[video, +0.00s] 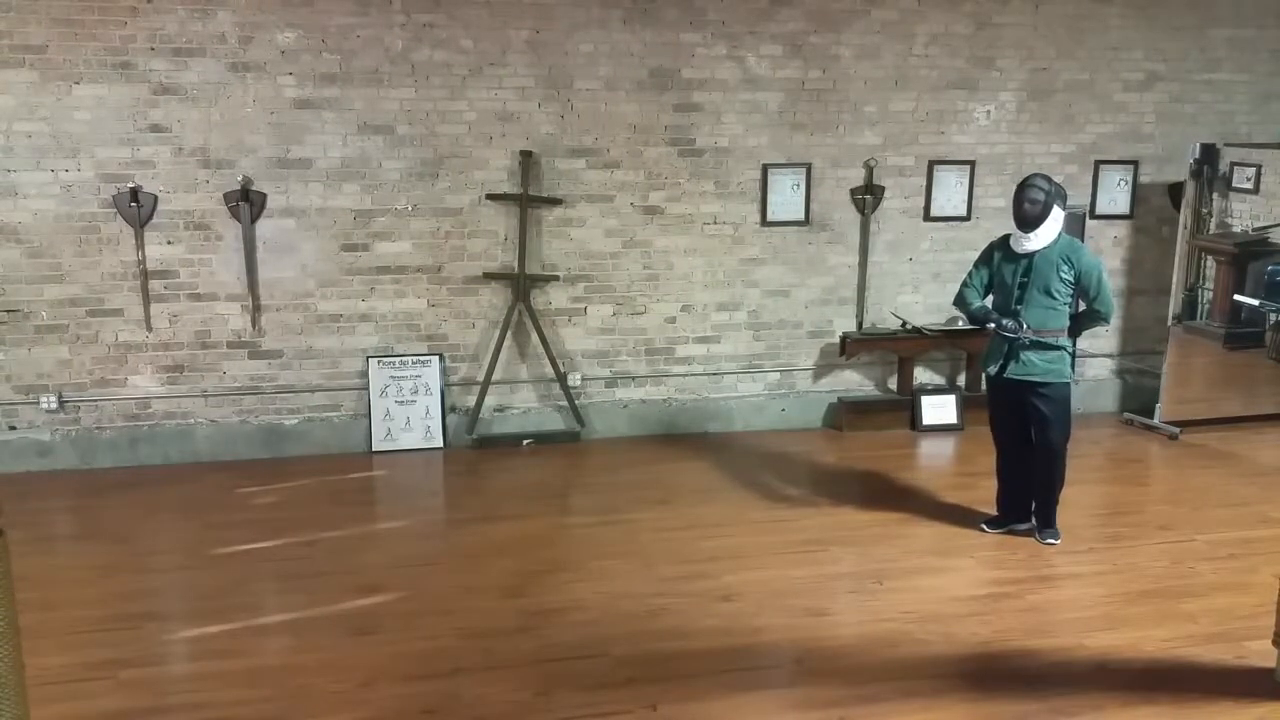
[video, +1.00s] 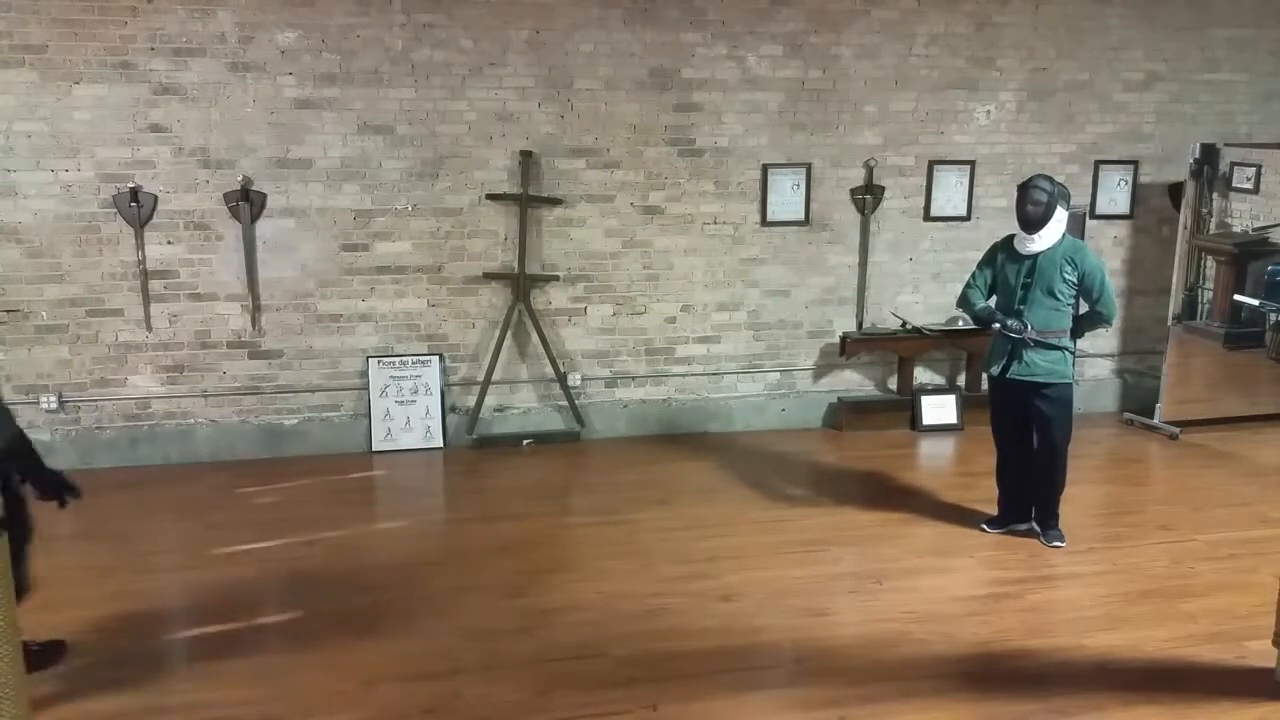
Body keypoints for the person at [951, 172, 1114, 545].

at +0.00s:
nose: (1024, 208)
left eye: (1033, 202)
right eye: (1020, 200)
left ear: (1053, 207)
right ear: (1014, 203)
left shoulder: (1074, 254)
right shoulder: (999, 250)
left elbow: (1102, 310)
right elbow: (966, 296)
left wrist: (1066, 329)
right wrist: (992, 318)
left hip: (1047, 370)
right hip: (1003, 368)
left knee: (1049, 449)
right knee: (1009, 447)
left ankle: (1047, 521)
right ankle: (1014, 514)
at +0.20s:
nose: (1022, 209)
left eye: (1031, 202)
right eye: (1018, 201)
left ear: (1051, 207)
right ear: (1012, 203)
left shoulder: (1072, 254)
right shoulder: (997, 249)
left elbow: (1101, 309)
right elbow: (964, 296)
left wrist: (1066, 326)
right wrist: (991, 319)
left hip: (1047, 370)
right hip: (1002, 368)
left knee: (1053, 448)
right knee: (1009, 447)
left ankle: (1047, 521)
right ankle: (1014, 514)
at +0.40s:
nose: (1022, 209)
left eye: (1031, 202)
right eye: (1018, 201)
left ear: (1051, 207)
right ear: (1011, 203)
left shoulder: (1072, 254)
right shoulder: (997, 250)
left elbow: (1101, 310)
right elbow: (964, 296)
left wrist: (1066, 327)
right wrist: (991, 320)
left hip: (1049, 370)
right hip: (1002, 368)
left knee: (1052, 447)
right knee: (1009, 447)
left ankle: (1047, 521)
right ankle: (1014, 515)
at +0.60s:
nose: (1024, 209)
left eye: (1032, 202)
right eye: (1020, 201)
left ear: (1053, 207)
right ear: (1013, 203)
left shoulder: (1075, 254)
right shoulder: (1000, 250)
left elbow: (1104, 310)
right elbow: (967, 296)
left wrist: (1069, 328)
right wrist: (995, 320)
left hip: (1050, 371)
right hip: (1004, 369)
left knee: (1050, 450)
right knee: (1009, 448)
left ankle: (1048, 522)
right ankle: (1013, 515)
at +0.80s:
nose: (1026, 209)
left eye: (1035, 202)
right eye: (1022, 201)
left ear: (1055, 207)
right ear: (1016, 203)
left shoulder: (1077, 254)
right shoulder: (1002, 250)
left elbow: (1106, 310)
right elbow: (969, 296)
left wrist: (1070, 329)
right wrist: (997, 320)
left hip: (1051, 372)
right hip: (1005, 370)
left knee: (1051, 452)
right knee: (1009, 448)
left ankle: (1048, 522)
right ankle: (1013, 515)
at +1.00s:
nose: (1027, 210)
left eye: (1035, 202)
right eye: (1023, 202)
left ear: (1056, 207)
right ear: (1017, 203)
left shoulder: (1077, 255)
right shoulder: (1003, 250)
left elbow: (1106, 311)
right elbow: (969, 296)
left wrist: (1071, 329)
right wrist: (997, 320)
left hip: (1050, 371)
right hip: (1005, 369)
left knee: (1051, 452)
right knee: (1009, 448)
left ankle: (1048, 522)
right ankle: (1013, 515)